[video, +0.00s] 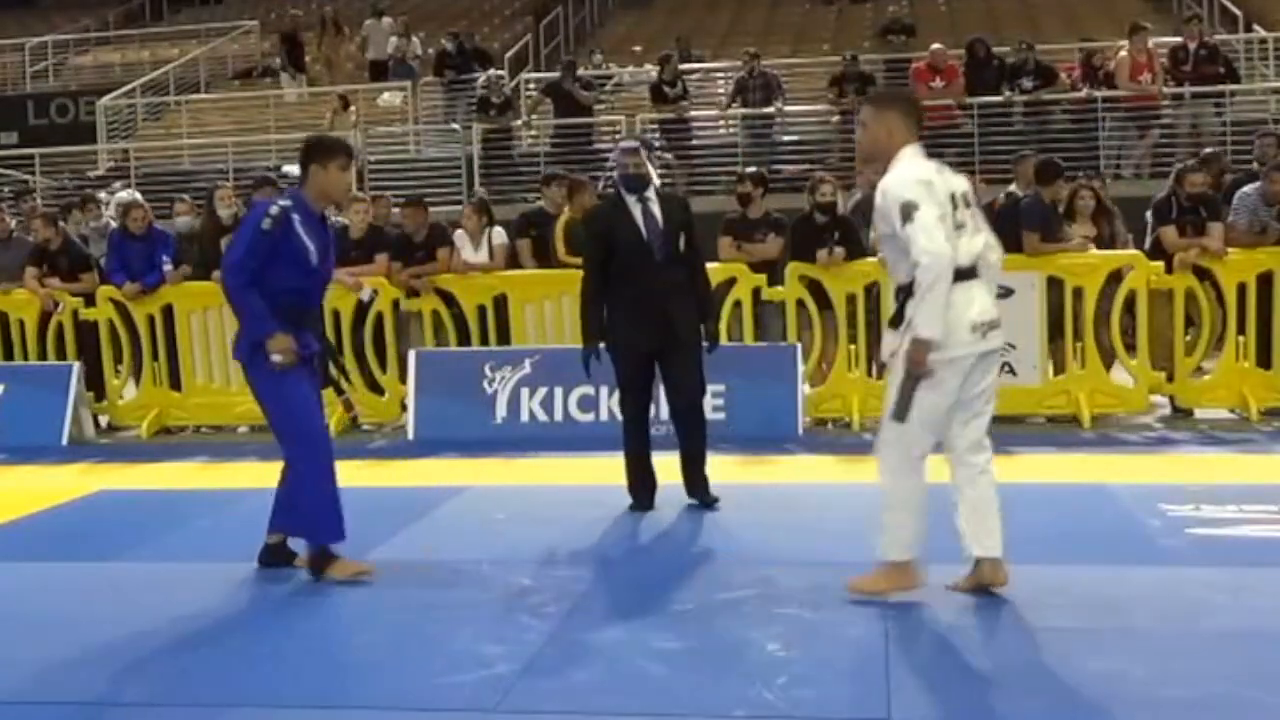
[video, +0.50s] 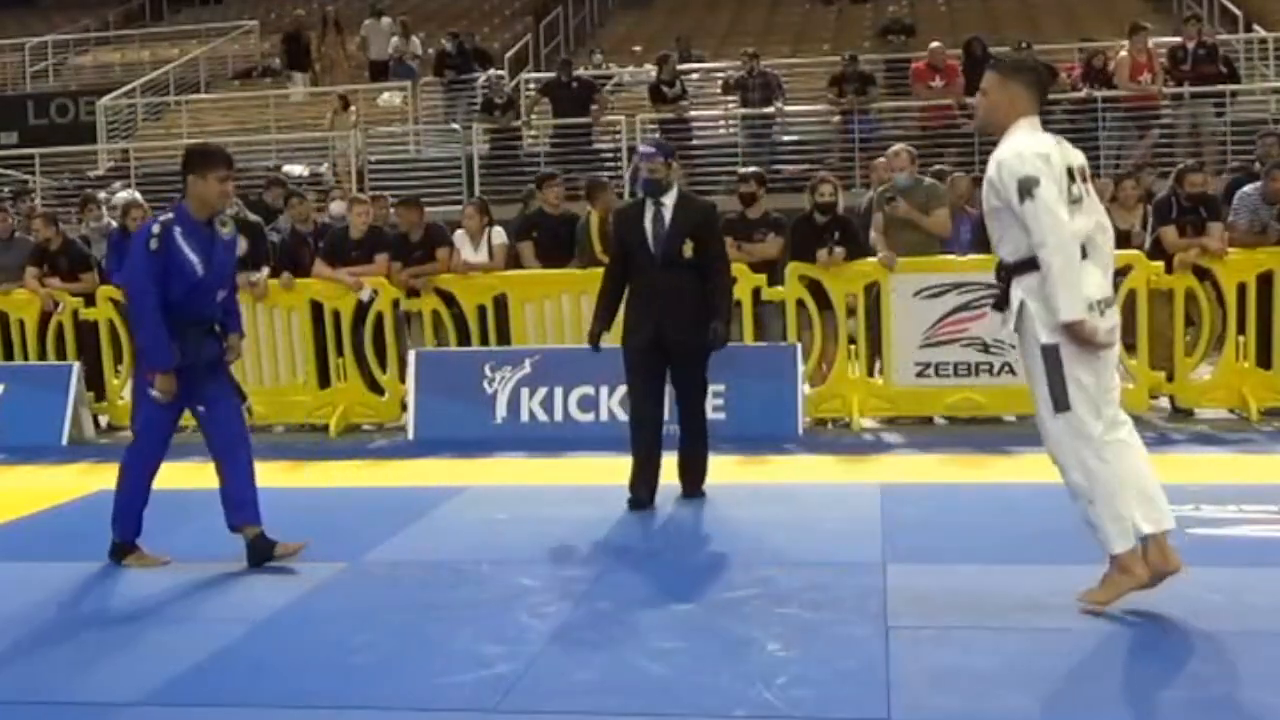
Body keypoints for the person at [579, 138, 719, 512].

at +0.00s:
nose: (634, 168)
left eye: (639, 162)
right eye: (626, 163)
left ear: (650, 165)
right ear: (615, 169)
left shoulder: (675, 205)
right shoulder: (601, 215)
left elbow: (696, 265)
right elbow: (593, 278)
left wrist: (708, 317)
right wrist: (591, 336)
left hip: (679, 325)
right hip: (629, 329)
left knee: (690, 408)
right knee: (635, 414)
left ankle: (698, 486)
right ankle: (641, 492)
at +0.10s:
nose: (634, 173)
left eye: (639, 165)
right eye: (626, 167)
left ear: (651, 166)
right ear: (615, 171)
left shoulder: (678, 206)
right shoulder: (600, 217)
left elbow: (698, 264)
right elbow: (593, 276)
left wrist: (710, 318)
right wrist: (591, 330)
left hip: (680, 324)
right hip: (630, 327)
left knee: (693, 402)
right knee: (635, 412)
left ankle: (699, 474)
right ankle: (641, 491)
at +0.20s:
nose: (633, 172)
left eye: (639, 165)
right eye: (626, 166)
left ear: (653, 166)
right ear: (616, 171)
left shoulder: (681, 205)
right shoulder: (602, 216)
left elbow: (703, 265)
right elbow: (594, 270)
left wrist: (714, 318)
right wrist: (589, 316)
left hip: (682, 322)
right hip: (631, 325)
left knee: (695, 401)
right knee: (637, 410)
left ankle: (695, 469)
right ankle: (641, 490)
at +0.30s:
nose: (637, 173)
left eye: (644, 165)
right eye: (631, 166)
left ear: (661, 166)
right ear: (623, 170)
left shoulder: (687, 207)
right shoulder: (610, 216)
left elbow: (707, 266)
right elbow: (599, 270)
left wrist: (719, 319)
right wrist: (588, 320)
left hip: (683, 324)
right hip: (634, 326)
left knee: (691, 407)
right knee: (638, 412)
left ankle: (693, 481)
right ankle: (642, 492)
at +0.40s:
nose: (642, 170)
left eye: (649, 164)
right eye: (637, 164)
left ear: (666, 166)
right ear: (630, 168)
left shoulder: (695, 209)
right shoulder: (618, 217)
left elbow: (713, 270)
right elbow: (607, 275)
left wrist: (721, 322)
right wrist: (588, 329)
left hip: (686, 327)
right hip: (637, 327)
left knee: (689, 411)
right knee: (640, 415)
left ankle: (692, 484)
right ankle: (641, 492)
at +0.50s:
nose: (646, 171)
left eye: (653, 165)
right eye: (642, 165)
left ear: (671, 168)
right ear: (636, 170)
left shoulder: (700, 212)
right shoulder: (625, 216)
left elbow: (717, 271)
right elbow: (616, 273)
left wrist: (720, 319)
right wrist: (600, 322)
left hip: (689, 328)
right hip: (641, 328)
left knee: (691, 411)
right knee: (643, 413)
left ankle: (692, 485)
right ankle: (641, 492)